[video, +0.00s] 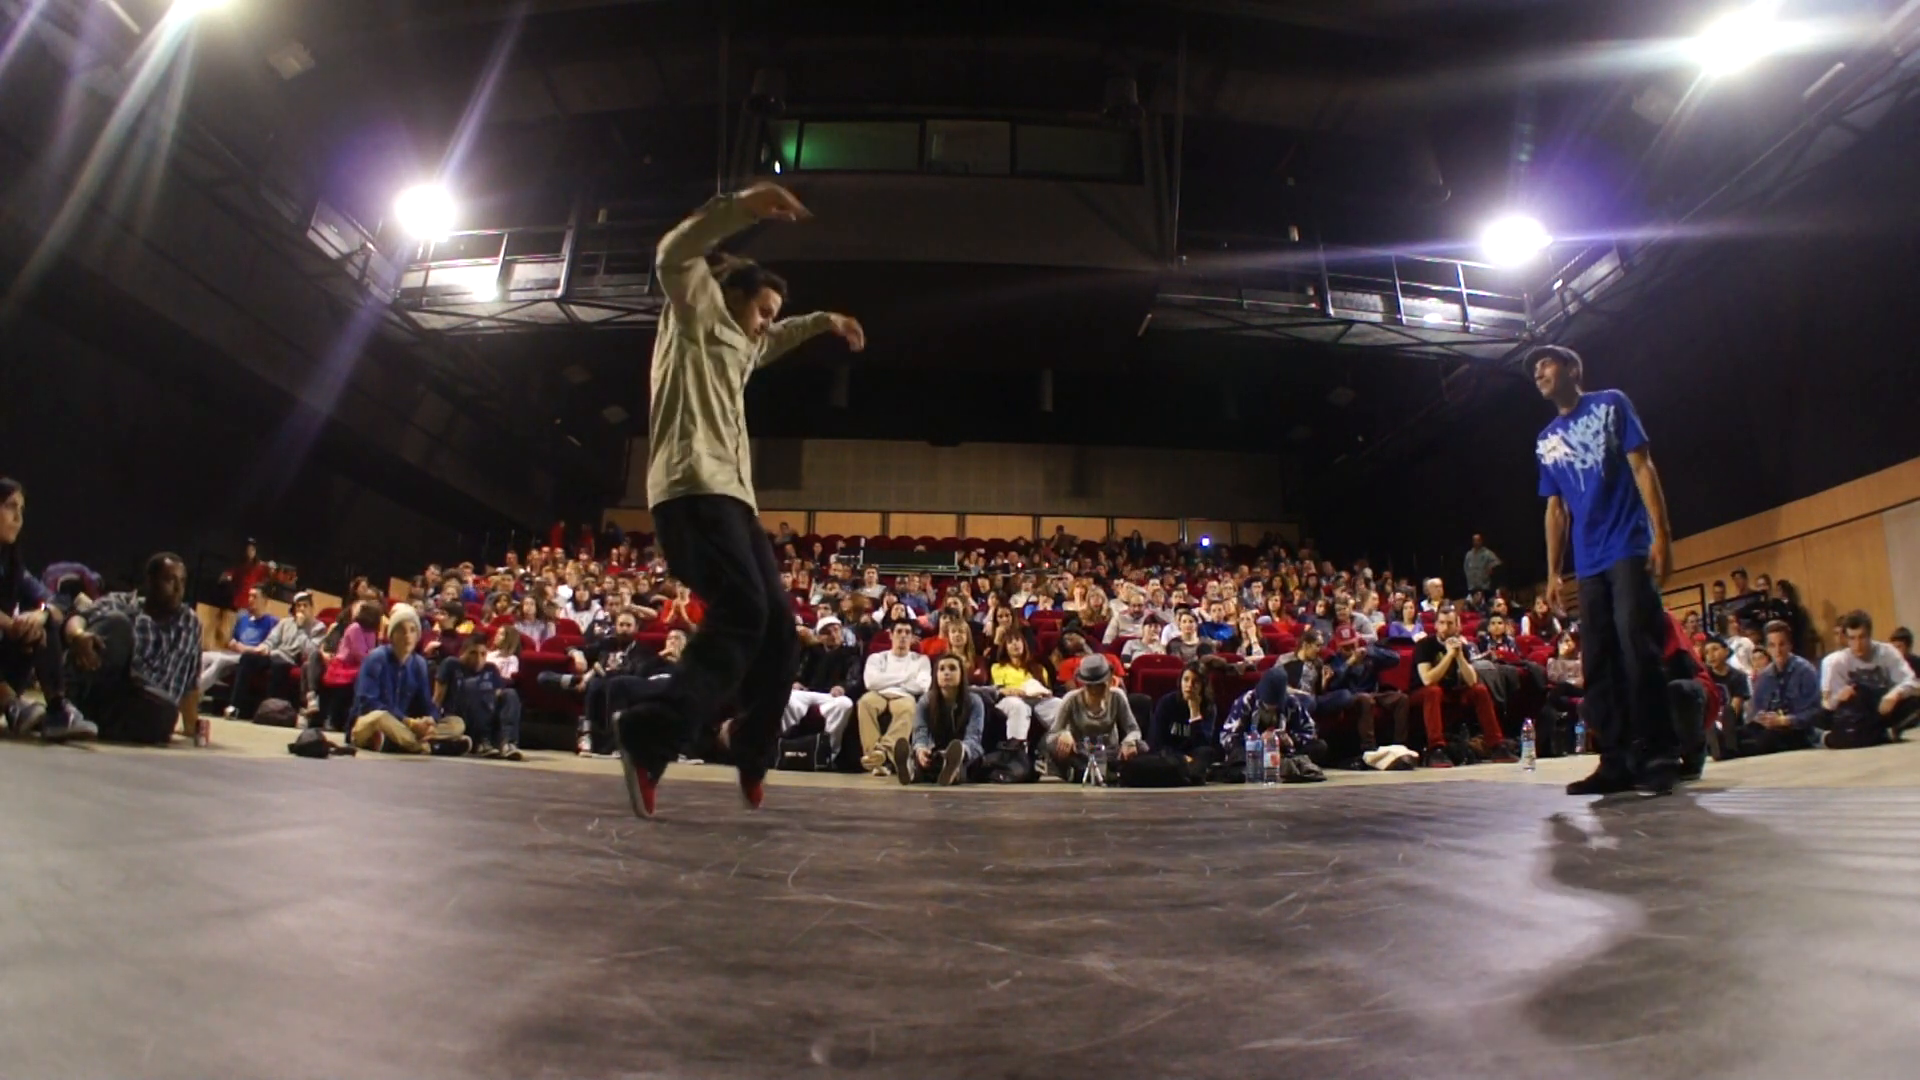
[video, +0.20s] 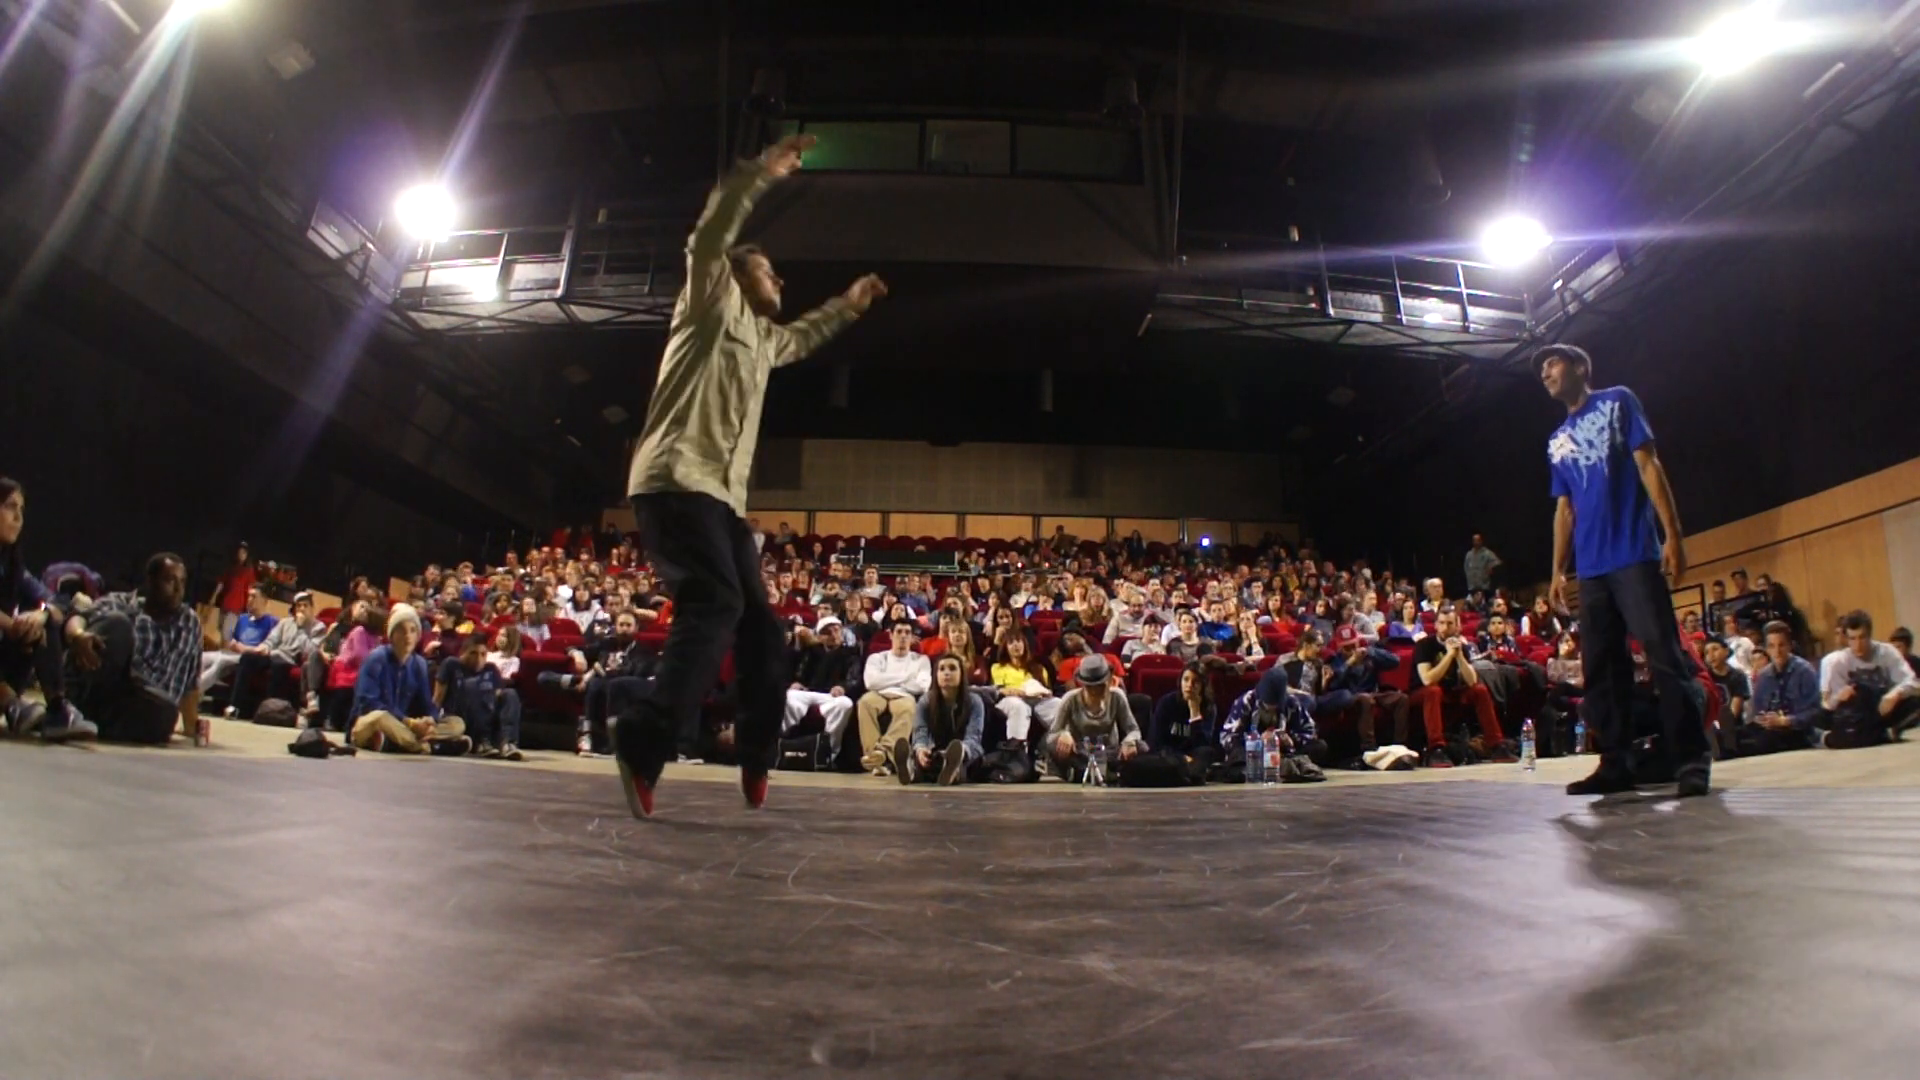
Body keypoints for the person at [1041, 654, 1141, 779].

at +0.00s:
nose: (1094, 690)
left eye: (1099, 685)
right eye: (1089, 685)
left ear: (1108, 681)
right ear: (1082, 683)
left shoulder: (1117, 696)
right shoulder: (1070, 699)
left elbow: (1133, 730)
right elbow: (1050, 738)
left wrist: (1129, 742)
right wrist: (1063, 734)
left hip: (1110, 755)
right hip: (1078, 755)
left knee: (1140, 748)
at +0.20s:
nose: (1094, 691)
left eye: (1099, 686)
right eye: (1089, 687)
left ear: (1108, 681)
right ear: (1082, 684)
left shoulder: (1117, 697)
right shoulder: (1070, 699)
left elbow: (1133, 730)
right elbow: (1051, 738)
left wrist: (1129, 742)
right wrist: (1063, 734)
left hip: (1110, 755)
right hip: (1078, 756)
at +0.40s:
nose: (1094, 691)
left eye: (1099, 686)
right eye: (1089, 686)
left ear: (1108, 681)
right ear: (1082, 684)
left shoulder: (1117, 697)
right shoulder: (1069, 699)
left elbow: (1133, 730)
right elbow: (1051, 738)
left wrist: (1129, 742)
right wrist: (1063, 734)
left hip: (1110, 756)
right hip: (1077, 757)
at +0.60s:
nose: (1094, 690)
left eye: (1099, 685)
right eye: (1089, 685)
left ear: (1108, 680)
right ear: (1082, 683)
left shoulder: (1117, 696)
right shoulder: (1069, 699)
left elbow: (1133, 730)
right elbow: (1051, 736)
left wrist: (1129, 742)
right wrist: (1063, 735)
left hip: (1110, 756)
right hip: (1078, 756)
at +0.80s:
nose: (1094, 688)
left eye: (1099, 683)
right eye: (1089, 684)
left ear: (1108, 679)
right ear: (1082, 681)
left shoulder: (1117, 696)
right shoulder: (1069, 698)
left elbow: (1132, 729)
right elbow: (1051, 736)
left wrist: (1129, 742)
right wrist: (1063, 734)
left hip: (1110, 754)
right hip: (1078, 755)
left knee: (1140, 748)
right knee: (1056, 748)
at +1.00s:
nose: (1095, 687)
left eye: (1099, 681)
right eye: (1089, 682)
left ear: (1107, 678)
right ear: (1083, 681)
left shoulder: (1117, 696)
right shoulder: (1069, 698)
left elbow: (1132, 729)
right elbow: (1052, 736)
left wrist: (1129, 741)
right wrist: (1063, 734)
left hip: (1110, 754)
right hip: (1079, 755)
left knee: (1140, 748)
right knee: (1055, 747)